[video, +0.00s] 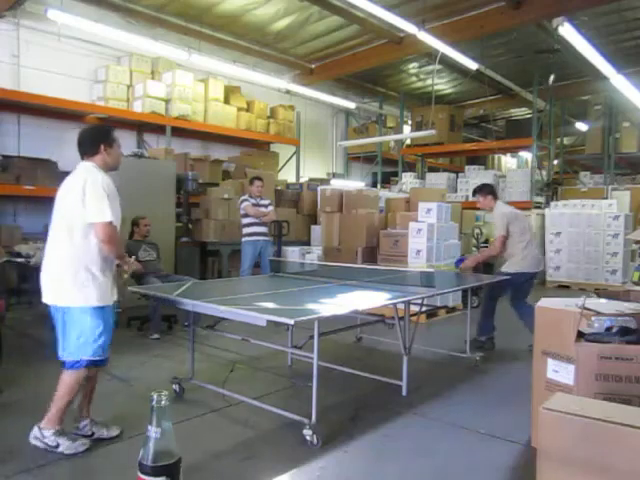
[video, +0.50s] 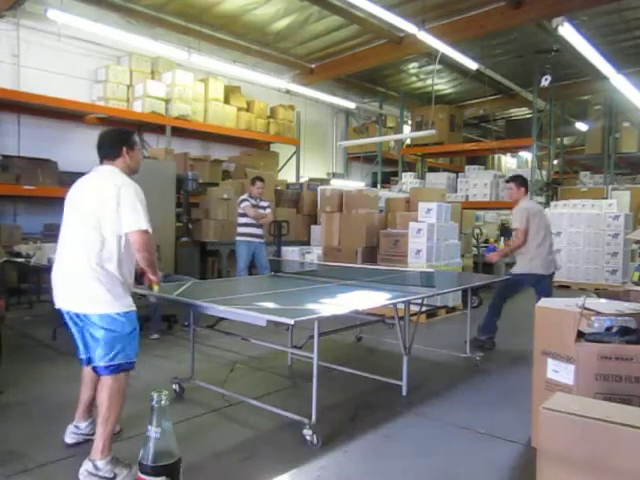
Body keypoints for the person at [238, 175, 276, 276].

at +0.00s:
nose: (259, 189)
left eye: (261, 187)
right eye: (257, 186)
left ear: (263, 188)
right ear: (250, 187)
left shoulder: (266, 201)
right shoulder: (244, 199)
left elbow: (273, 216)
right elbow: (251, 212)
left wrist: (259, 217)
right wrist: (266, 213)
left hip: (265, 238)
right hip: (249, 238)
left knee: (266, 268)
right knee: (246, 269)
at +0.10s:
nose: (260, 189)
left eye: (262, 187)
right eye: (257, 186)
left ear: (264, 188)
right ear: (251, 187)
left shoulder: (267, 202)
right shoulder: (244, 199)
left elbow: (272, 216)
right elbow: (252, 212)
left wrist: (259, 216)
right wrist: (266, 213)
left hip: (264, 239)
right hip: (248, 239)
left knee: (265, 268)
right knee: (245, 269)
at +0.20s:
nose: (260, 190)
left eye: (262, 187)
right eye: (258, 187)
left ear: (264, 188)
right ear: (251, 187)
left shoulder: (266, 202)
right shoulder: (244, 199)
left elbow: (272, 216)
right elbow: (252, 213)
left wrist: (259, 218)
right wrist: (266, 213)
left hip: (263, 239)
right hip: (247, 239)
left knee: (265, 268)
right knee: (244, 269)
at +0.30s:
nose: (261, 190)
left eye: (262, 187)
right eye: (258, 187)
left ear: (264, 188)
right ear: (251, 187)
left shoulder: (266, 202)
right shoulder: (244, 199)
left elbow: (271, 216)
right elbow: (252, 213)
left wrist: (259, 219)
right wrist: (265, 214)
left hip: (261, 240)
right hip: (245, 239)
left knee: (265, 269)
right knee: (243, 269)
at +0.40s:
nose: (261, 191)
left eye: (262, 188)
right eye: (258, 188)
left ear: (264, 189)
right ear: (252, 188)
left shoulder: (265, 203)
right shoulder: (244, 199)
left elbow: (270, 218)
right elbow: (252, 213)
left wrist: (258, 220)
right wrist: (265, 215)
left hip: (260, 240)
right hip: (245, 239)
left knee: (264, 269)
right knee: (243, 270)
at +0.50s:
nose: (260, 191)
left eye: (262, 188)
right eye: (258, 188)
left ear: (264, 189)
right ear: (251, 188)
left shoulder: (265, 203)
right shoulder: (244, 199)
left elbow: (270, 218)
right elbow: (252, 213)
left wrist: (258, 220)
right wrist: (265, 215)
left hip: (259, 240)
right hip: (244, 239)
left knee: (265, 269)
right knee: (242, 270)